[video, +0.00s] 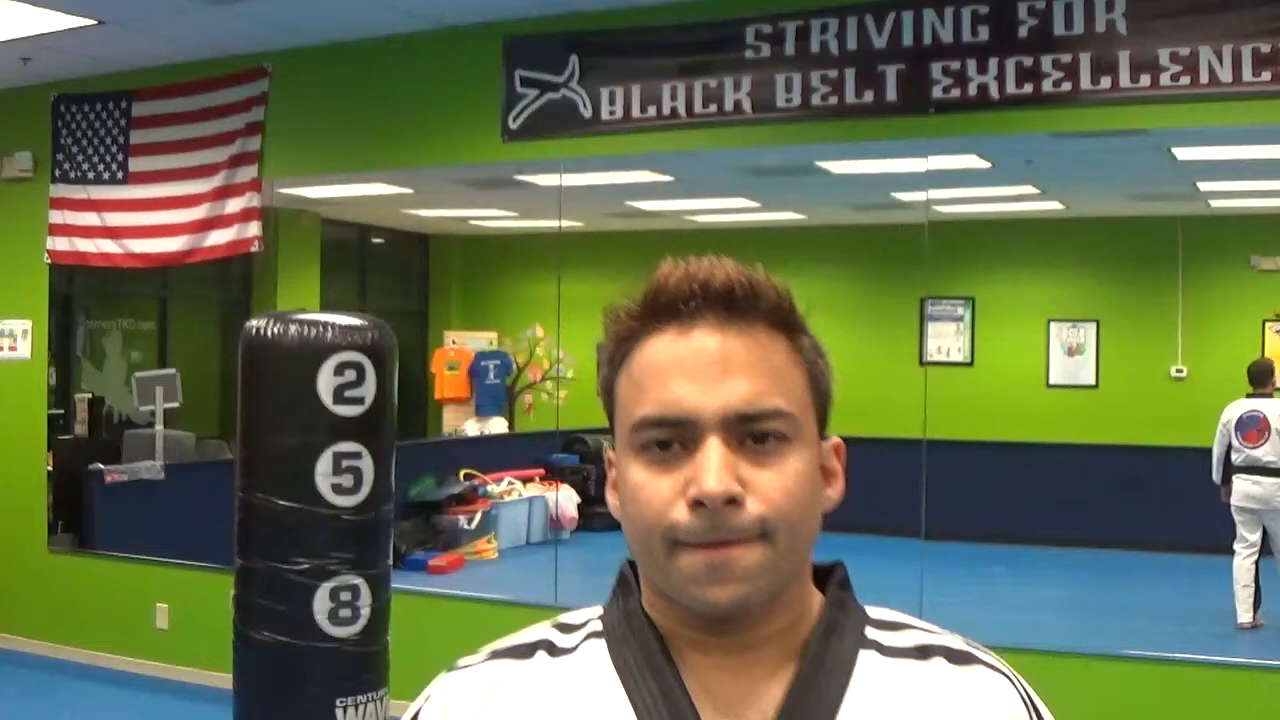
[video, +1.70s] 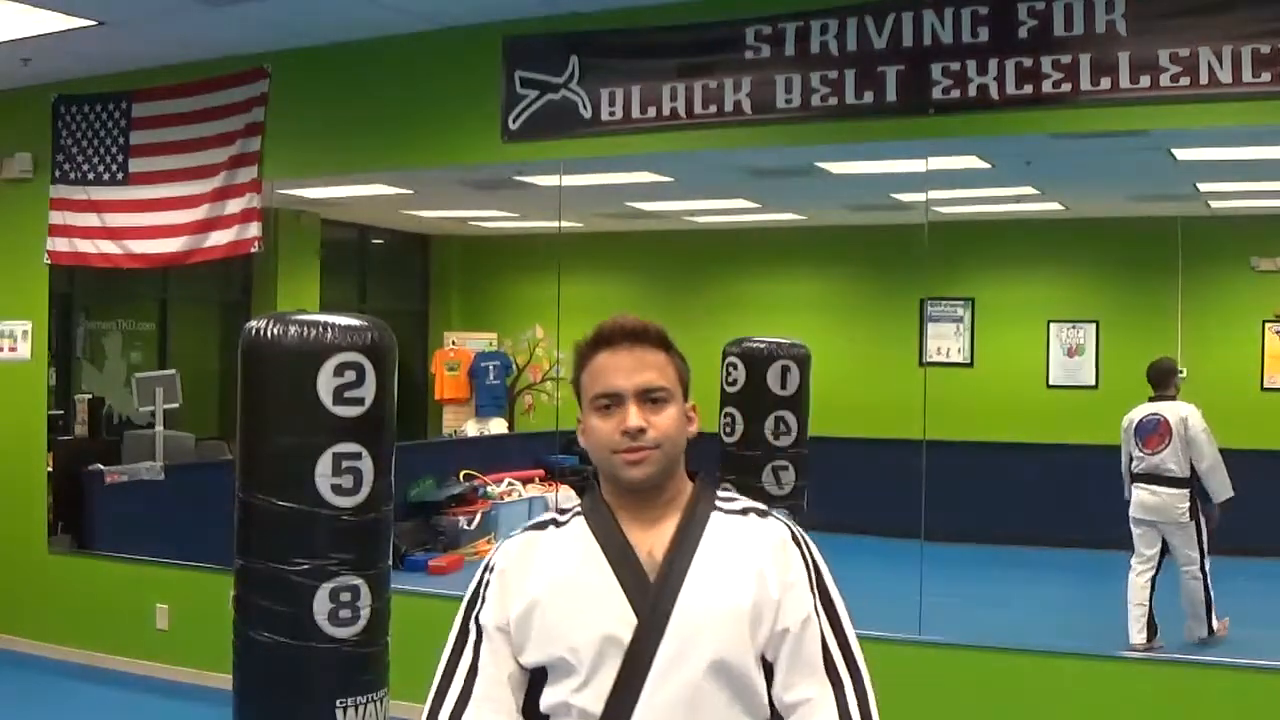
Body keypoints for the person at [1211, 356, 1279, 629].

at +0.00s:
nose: (1277, 379)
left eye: (1274, 375)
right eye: (1276, 376)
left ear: (1250, 380)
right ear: (1273, 381)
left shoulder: (1233, 409)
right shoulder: (1277, 407)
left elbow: (1219, 450)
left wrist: (1220, 480)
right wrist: (1221, 480)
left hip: (1242, 482)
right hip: (1272, 483)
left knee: (1245, 549)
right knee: (1277, 549)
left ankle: (1245, 616)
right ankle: (1248, 613)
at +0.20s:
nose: (1267, 380)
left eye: (1263, 376)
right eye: (1265, 376)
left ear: (1239, 381)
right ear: (1263, 380)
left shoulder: (1222, 411)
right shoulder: (1274, 408)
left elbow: (1211, 454)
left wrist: (1212, 484)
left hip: (1236, 484)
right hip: (1270, 484)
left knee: (1239, 551)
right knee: (1277, 553)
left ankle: (1242, 617)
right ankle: (1277, 615)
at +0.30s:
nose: (1257, 381)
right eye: (1257, 377)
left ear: (1233, 381)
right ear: (1258, 380)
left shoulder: (1218, 412)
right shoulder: (1272, 408)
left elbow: (1207, 456)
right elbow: (1276, 447)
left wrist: (1208, 488)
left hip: (1231, 485)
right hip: (1265, 485)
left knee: (1236, 552)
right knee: (1273, 552)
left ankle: (1241, 618)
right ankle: (1263, 613)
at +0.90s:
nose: (1247, 384)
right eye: (1247, 380)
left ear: (1221, 381)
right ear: (1247, 382)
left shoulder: (1198, 409)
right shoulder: (1255, 414)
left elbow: (1185, 453)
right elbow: (1269, 462)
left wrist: (1186, 487)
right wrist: (1276, 503)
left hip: (1203, 491)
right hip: (1236, 495)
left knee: (1212, 559)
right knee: (1231, 561)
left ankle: (1231, 615)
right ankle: (1216, 629)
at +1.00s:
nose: (1244, 380)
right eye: (1244, 376)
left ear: (1217, 379)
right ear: (1243, 379)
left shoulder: (1195, 408)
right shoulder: (1251, 412)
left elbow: (1181, 451)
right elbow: (1265, 459)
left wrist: (1181, 484)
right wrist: (1271, 500)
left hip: (1197, 491)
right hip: (1230, 495)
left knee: (1199, 556)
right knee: (1224, 560)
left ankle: (1200, 623)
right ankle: (1214, 628)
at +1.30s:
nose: (1223, 381)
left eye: (1219, 377)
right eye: (1222, 378)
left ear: (1195, 381)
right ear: (1221, 381)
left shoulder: (1175, 411)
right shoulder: (1228, 417)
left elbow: (1166, 455)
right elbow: (1248, 465)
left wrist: (1169, 486)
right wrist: (1267, 503)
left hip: (1180, 492)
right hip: (1213, 497)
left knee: (1175, 552)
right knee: (1212, 564)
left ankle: (1151, 612)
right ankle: (1212, 631)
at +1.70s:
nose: (1180, 382)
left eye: (1178, 378)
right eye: (1179, 378)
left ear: (1151, 383)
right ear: (1175, 381)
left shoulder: (1132, 416)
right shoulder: (1187, 414)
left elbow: (1127, 464)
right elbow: (1206, 460)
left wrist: (1131, 494)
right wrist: (1221, 496)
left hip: (1141, 496)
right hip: (1176, 498)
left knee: (1142, 564)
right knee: (1192, 565)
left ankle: (1139, 637)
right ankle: (1203, 629)